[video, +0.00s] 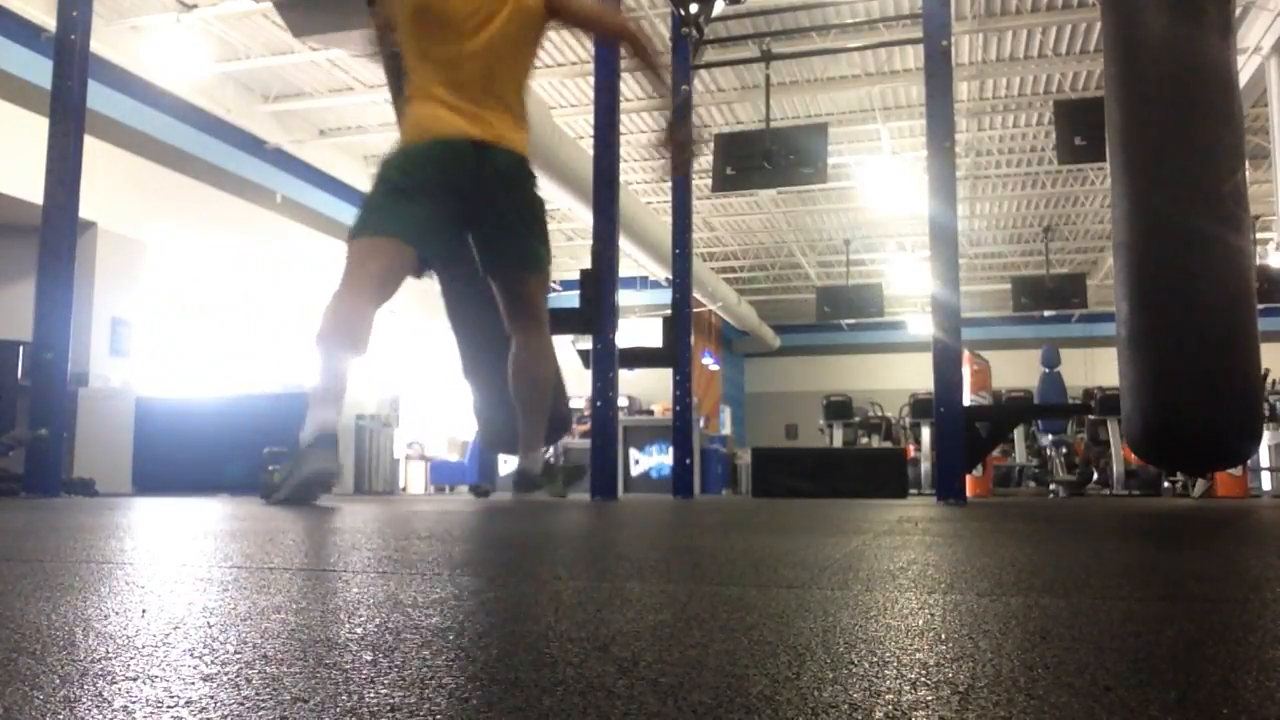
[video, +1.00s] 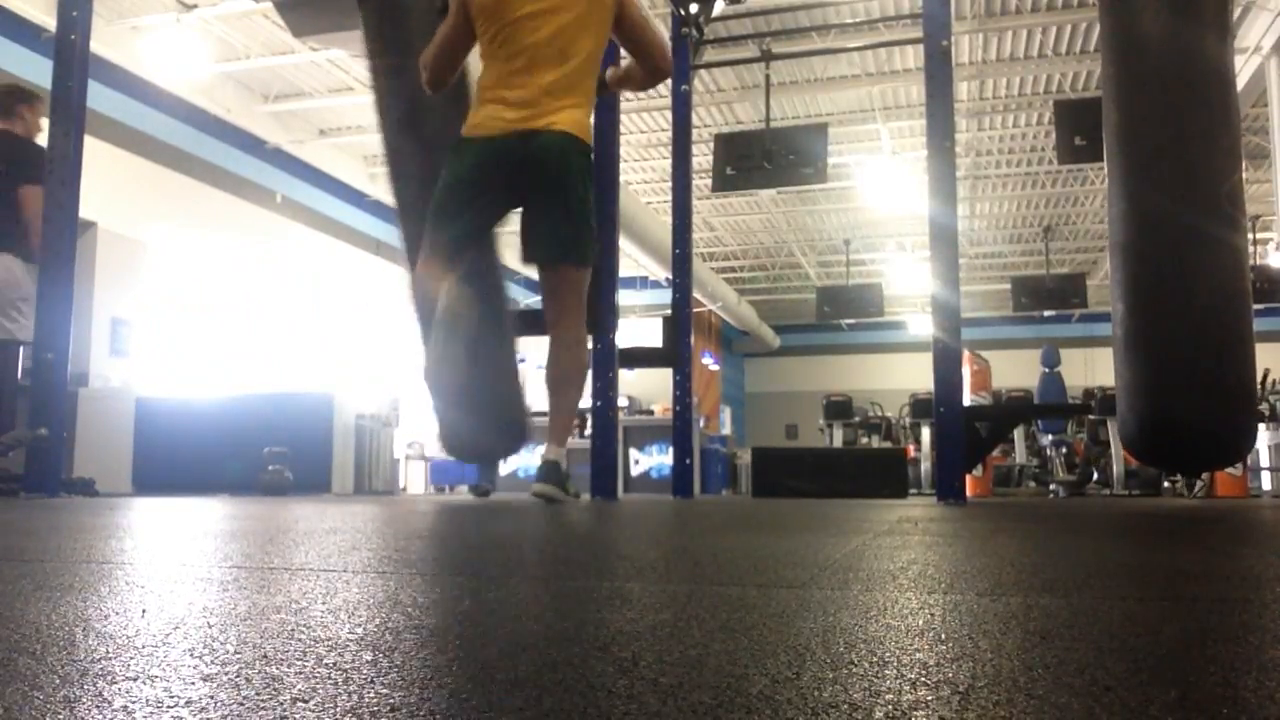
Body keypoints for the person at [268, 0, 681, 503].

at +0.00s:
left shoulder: (402, 7)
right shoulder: (536, 5)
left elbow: (388, 50)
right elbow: (627, 30)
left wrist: (409, 120)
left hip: (423, 156)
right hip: (504, 164)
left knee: (359, 288)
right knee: (530, 320)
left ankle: (319, 443)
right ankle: (530, 470)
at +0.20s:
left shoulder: (464, 14)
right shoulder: (562, 5)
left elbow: (415, 100)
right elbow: (660, 6)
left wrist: (405, 130)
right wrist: (719, 56)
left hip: (487, 174)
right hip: (552, 179)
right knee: (576, 329)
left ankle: (357, 293)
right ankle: (540, 464)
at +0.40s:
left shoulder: (468, 6)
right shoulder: (600, 2)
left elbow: (441, 102)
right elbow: (664, 60)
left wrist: (419, 180)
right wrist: (649, 113)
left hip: (501, 162)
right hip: (575, 163)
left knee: (466, 244)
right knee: (573, 321)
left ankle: (447, 315)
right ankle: (548, 455)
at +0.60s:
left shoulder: (472, 4)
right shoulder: (594, 7)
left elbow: (420, 69)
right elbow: (619, 86)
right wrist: (559, 72)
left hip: (491, 164)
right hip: (571, 164)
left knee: (417, 296)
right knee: (567, 322)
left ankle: (420, 399)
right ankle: (560, 464)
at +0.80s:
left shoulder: (451, 6)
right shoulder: (574, 13)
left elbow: (409, 101)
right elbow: (626, 101)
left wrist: (451, 81)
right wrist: (576, 142)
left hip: (489, 163)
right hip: (566, 167)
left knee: (440, 316)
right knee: (550, 313)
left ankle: (439, 452)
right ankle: (558, 462)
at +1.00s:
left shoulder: (481, 2)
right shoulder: (605, 2)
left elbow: (435, 71)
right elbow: (657, 64)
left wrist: (441, 72)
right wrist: (610, 81)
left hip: (485, 142)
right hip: (563, 144)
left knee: (433, 273)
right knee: (567, 314)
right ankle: (554, 459)